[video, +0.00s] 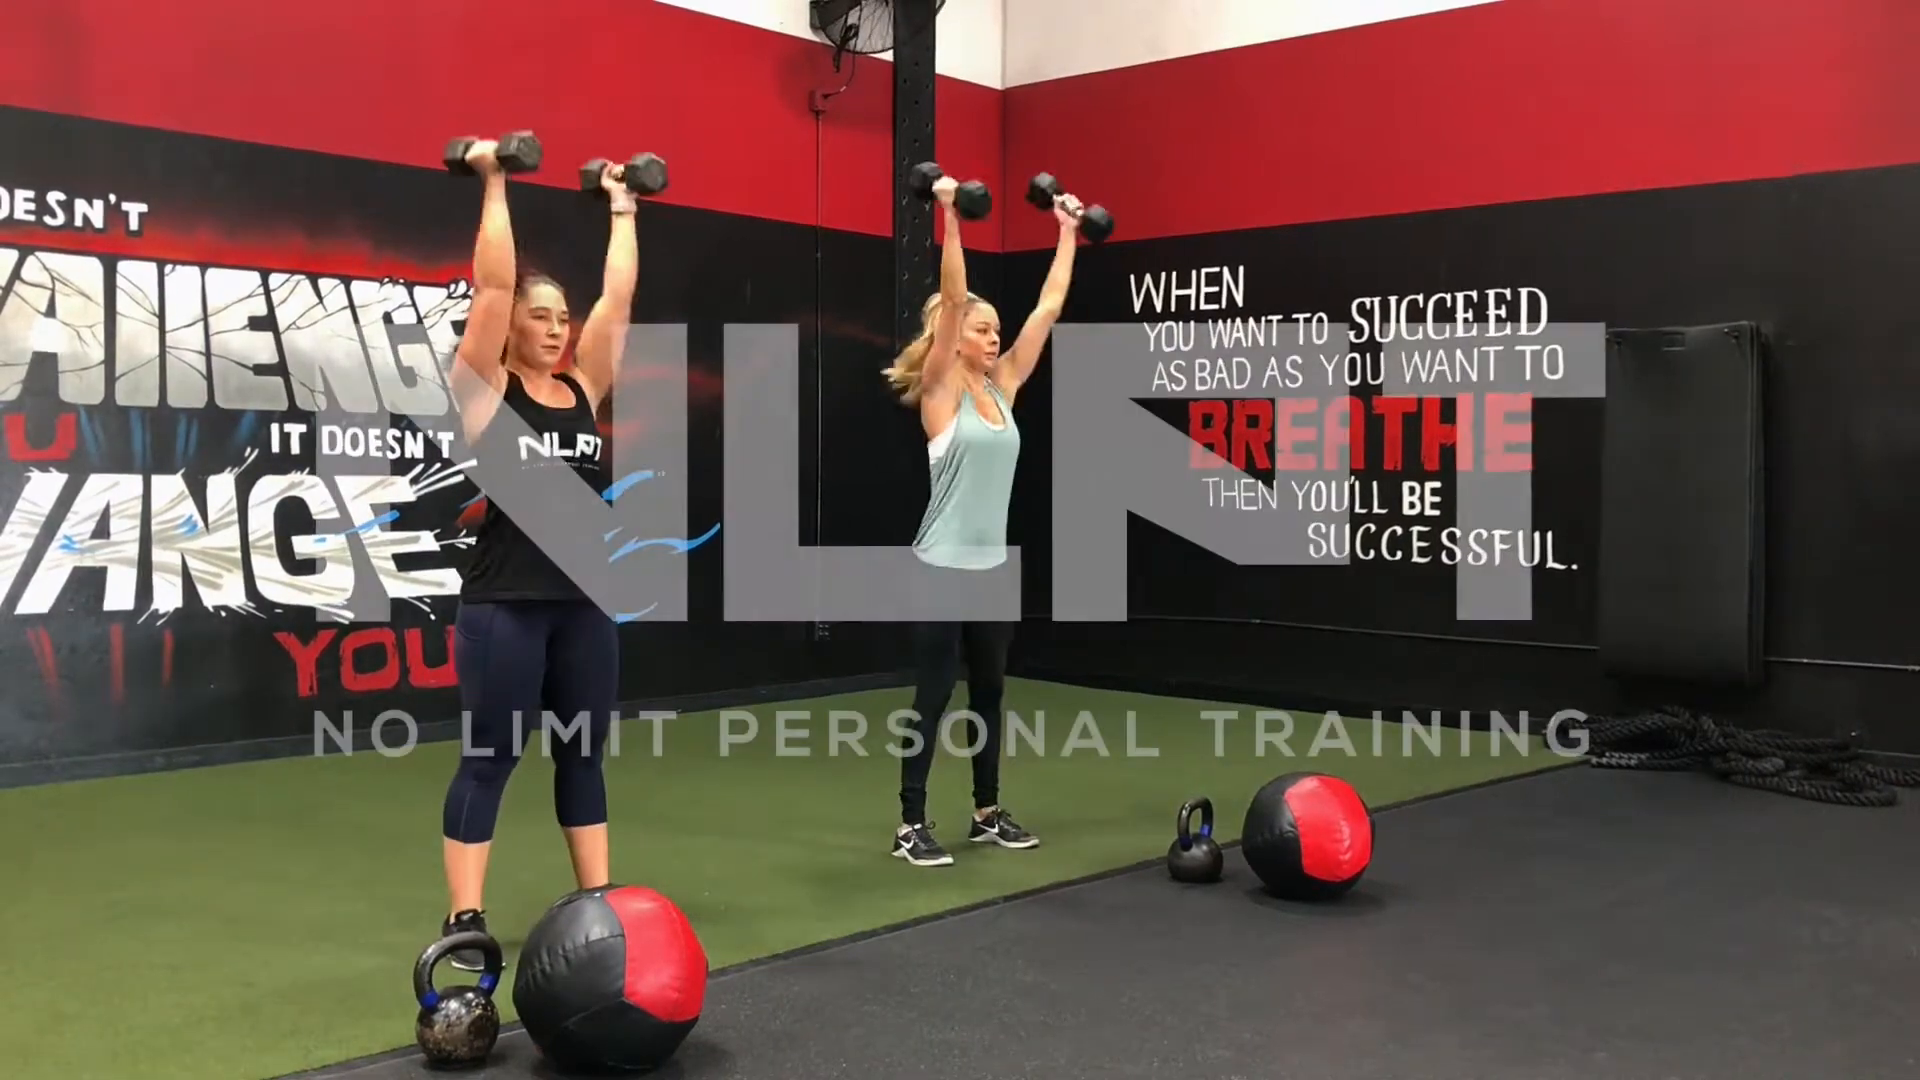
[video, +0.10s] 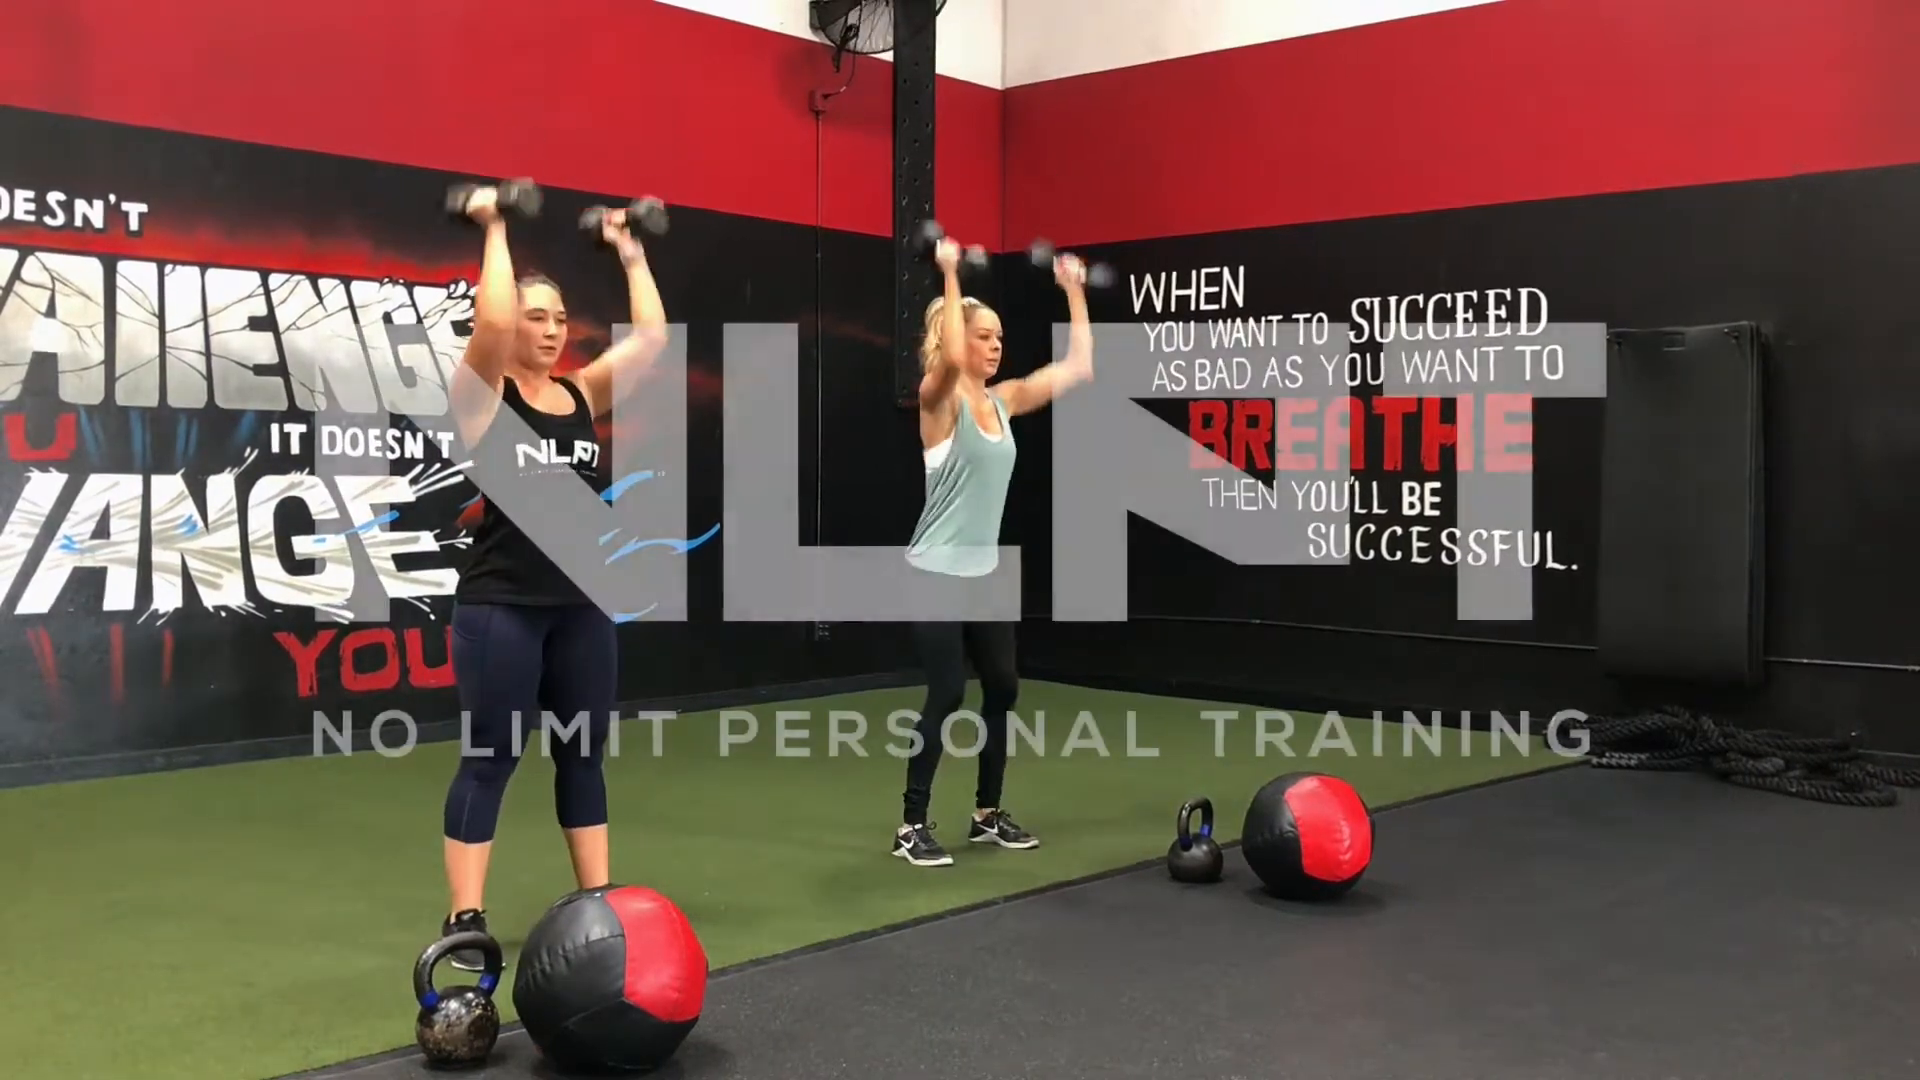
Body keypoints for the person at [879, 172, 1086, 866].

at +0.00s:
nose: (991, 336)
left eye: (994, 329)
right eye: (979, 327)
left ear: (998, 339)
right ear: (950, 332)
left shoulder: (1001, 387)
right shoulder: (943, 391)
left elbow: (1049, 307)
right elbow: (953, 299)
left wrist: (1068, 231)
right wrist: (947, 209)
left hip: (994, 571)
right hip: (938, 570)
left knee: (990, 693)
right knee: (933, 693)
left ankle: (987, 813)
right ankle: (913, 824)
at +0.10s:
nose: (996, 345)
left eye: (998, 337)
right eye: (984, 336)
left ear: (1000, 346)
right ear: (955, 343)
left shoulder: (1003, 398)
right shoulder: (942, 401)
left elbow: (1077, 367)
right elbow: (946, 355)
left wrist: (1075, 293)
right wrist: (950, 277)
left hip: (987, 575)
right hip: (934, 575)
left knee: (1002, 687)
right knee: (945, 691)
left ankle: (988, 814)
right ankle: (913, 826)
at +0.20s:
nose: (1002, 387)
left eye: (1004, 377)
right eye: (990, 378)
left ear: (1006, 386)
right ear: (961, 384)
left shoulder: (1005, 448)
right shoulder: (942, 443)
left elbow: (1079, 482)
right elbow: (959, 491)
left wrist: (1069, 413)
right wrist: (953, 414)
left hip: (969, 607)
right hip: (917, 606)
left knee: (1024, 700)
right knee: (958, 710)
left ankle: (989, 815)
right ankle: (914, 827)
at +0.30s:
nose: (1013, 458)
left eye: (1014, 448)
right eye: (1002, 448)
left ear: (1010, 460)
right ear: (970, 458)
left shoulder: (1009, 521)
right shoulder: (946, 517)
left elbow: (1059, 590)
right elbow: (958, 601)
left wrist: (1060, 522)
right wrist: (953, 518)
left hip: (957, 652)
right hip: (903, 654)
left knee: (1036, 710)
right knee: (962, 724)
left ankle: (990, 814)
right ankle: (916, 828)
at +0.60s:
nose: (1012, 448)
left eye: (1013, 438)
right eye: (1001, 438)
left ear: (1010, 447)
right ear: (968, 448)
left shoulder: (1011, 512)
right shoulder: (942, 509)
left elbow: (1063, 575)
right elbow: (946, 589)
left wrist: (1056, 510)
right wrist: (943, 508)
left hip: (956, 643)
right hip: (902, 644)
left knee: (1034, 708)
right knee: (959, 722)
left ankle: (990, 814)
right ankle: (915, 829)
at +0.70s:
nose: (1000, 370)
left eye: (999, 360)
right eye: (990, 361)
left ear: (992, 369)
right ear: (965, 368)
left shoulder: (1000, 429)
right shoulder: (938, 426)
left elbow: (1073, 458)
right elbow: (944, 469)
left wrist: (1060, 395)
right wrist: (940, 391)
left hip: (976, 593)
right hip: (923, 594)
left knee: (1017, 695)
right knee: (952, 703)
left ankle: (989, 814)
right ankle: (913, 827)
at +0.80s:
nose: (991, 340)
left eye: (993, 331)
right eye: (980, 331)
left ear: (991, 340)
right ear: (948, 337)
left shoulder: (999, 394)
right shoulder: (937, 397)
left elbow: (1065, 348)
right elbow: (936, 334)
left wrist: (1057, 273)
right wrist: (939, 255)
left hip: (992, 568)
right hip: (938, 568)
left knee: (993, 692)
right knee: (933, 692)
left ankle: (988, 814)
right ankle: (913, 826)